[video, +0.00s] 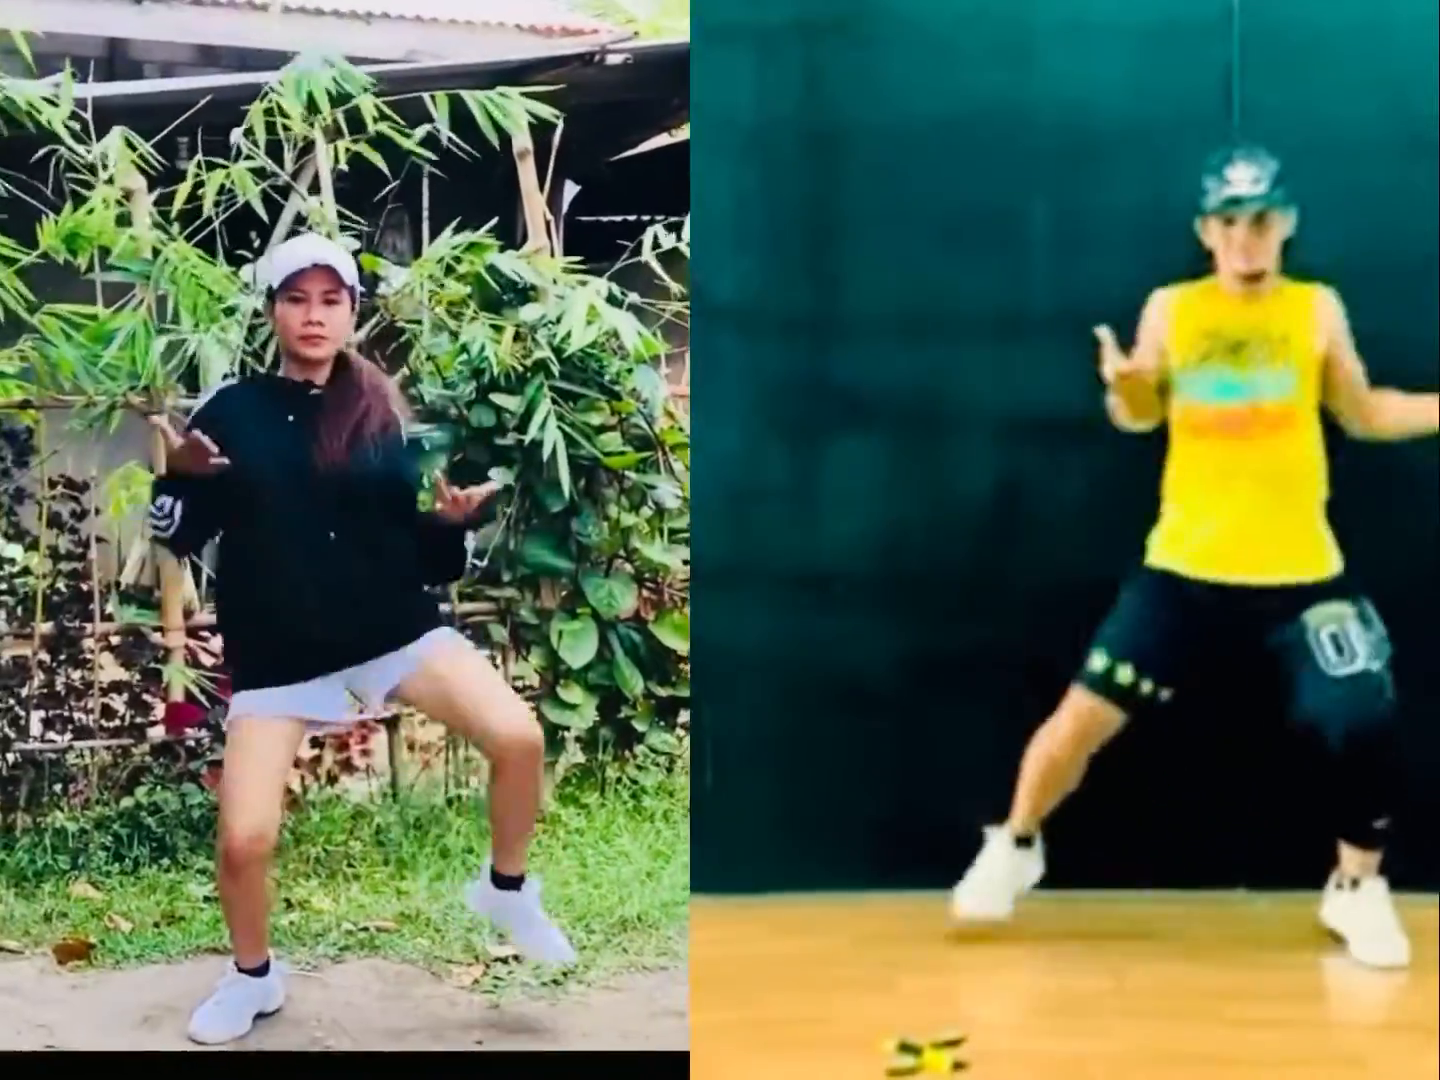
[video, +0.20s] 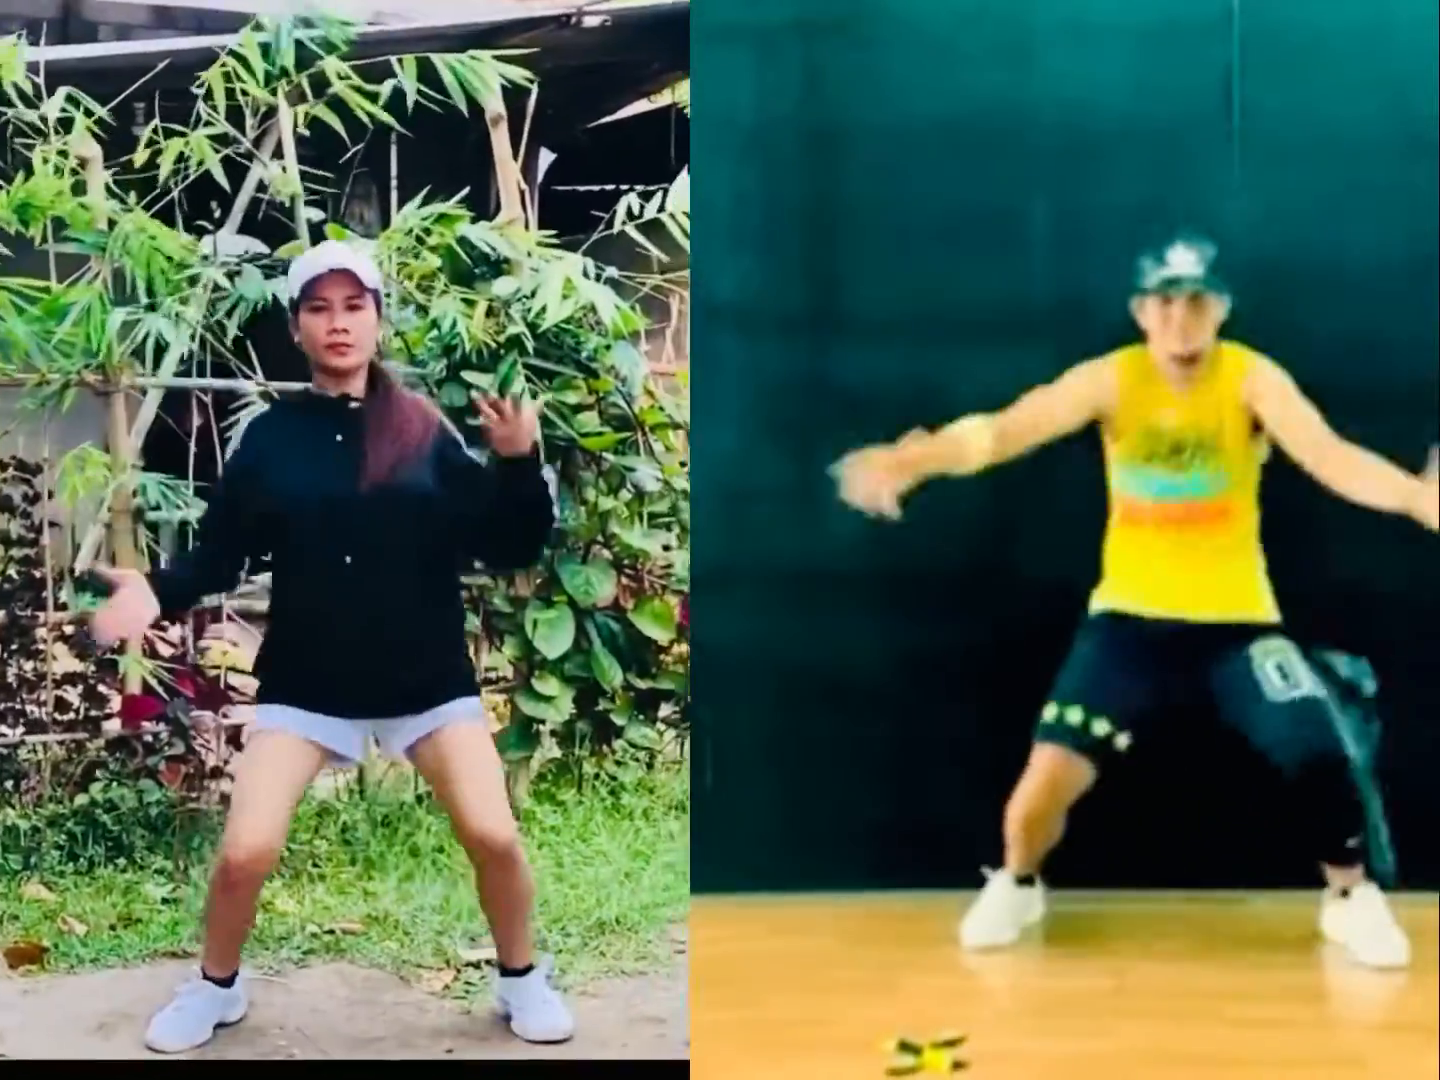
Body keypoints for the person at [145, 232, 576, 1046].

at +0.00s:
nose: (315, 315)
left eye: (332, 300)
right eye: (298, 299)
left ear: (354, 316)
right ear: (273, 312)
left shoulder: (378, 406)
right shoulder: (231, 412)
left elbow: (423, 555)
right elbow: (182, 538)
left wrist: (451, 517)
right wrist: (178, 480)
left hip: (392, 630)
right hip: (274, 656)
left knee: (519, 735)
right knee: (243, 841)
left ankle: (506, 889)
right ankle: (252, 975)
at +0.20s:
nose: (339, 323)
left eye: (354, 306)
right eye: (320, 308)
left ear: (379, 321)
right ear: (296, 328)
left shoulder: (424, 426)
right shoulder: (271, 434)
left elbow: (513, 545)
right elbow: (222, 548)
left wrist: (519, 462)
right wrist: (157, 591)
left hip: (427, 678)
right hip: (305, 682)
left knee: (497, 838)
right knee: (242, 854)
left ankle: (522, 978)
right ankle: (216, 986)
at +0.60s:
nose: (395, 266)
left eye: (412, 247)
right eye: (376, 252)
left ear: (445, 259)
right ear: (358, 273)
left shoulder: (498, 366)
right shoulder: (345, 382)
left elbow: (556, 512)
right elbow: (270, 512)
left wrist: (577, 458)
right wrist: (172, 513)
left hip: (480, 627)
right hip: (361, 599)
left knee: (492, 829)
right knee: (250, 675)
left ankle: (489, 984)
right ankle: (296, 782)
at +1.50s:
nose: (176, 269)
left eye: (198, 252)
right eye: (159, 250)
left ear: (228, 273)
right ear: (130, 264)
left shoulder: (255, 389)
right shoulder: (65, 366)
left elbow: (384, 418)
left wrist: (480, 302)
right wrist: (29, 230)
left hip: (260, 593)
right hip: (143, 638)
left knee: (340, 675)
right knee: (121, 863)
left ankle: (307, 777)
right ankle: (128, 1012)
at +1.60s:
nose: (194, 251)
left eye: (213, 234)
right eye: (174, 233)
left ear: (242, 253)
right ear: (146, 253)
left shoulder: (288, 363)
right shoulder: (78, 358)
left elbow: (406, 352)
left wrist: (405, 205)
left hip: (253, 605)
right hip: (131, 635)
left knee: (371, 670)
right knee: (123, 857)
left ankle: (351, 830)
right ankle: (127, 1011)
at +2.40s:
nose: (372, 272)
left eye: (391, 254)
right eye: (353, 257)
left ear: (428, 271)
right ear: (332, 277)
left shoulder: (496, 365)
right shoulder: (299, 381)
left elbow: (614, 349)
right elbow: (192, 395)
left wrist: (605, 247)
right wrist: (204, 288)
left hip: (473, 634)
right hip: (349, 619)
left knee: (488, 866)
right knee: (242, 663)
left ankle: (467, 1018)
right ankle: (265, 832)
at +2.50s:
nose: (363, 263)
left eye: (382, 243)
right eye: (344, 247)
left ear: (420, 254)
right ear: (325, 268)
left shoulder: (502, 337)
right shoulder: (302, 388)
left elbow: (620, 271)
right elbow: (181, 434)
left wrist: (628, 155)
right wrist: (89, 357)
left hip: (459, 632)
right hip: (333, 612)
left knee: (482, 861)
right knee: (241, 691)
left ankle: (462, 1023)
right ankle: (216, 852)